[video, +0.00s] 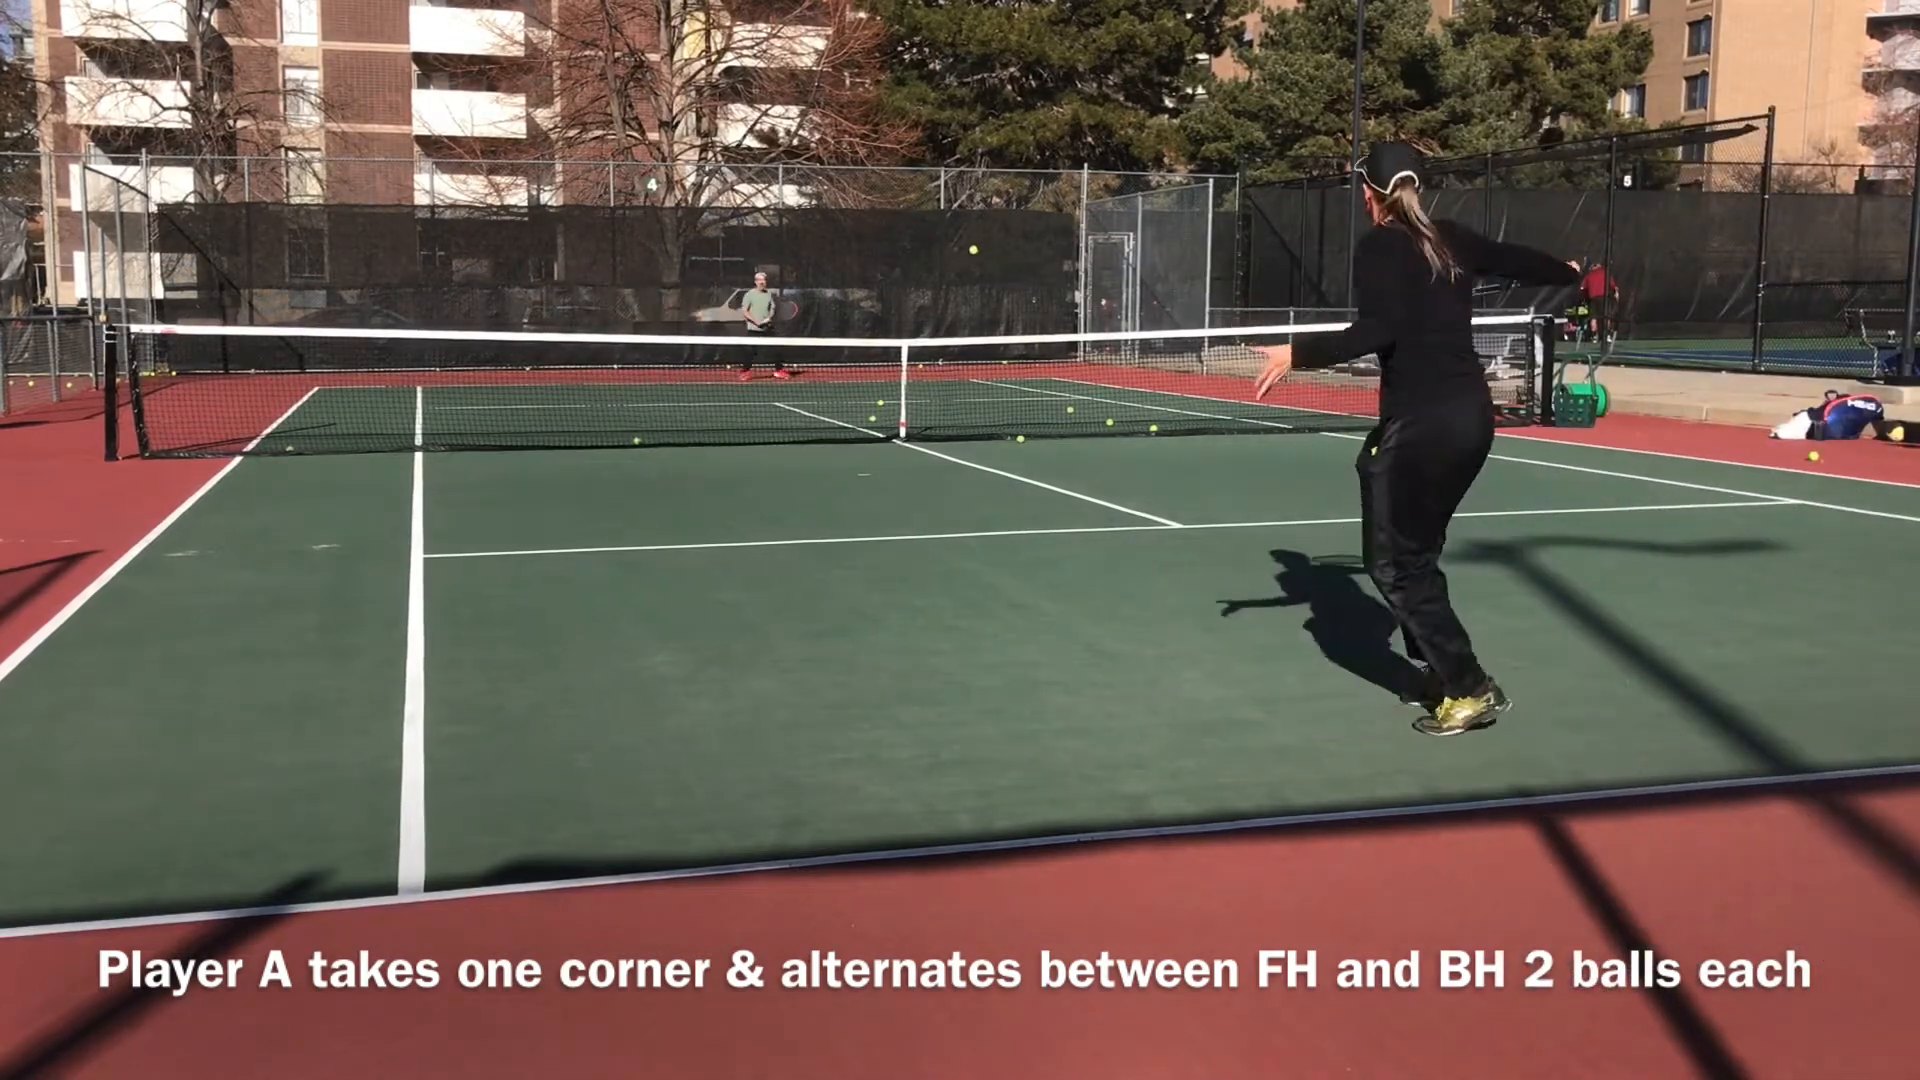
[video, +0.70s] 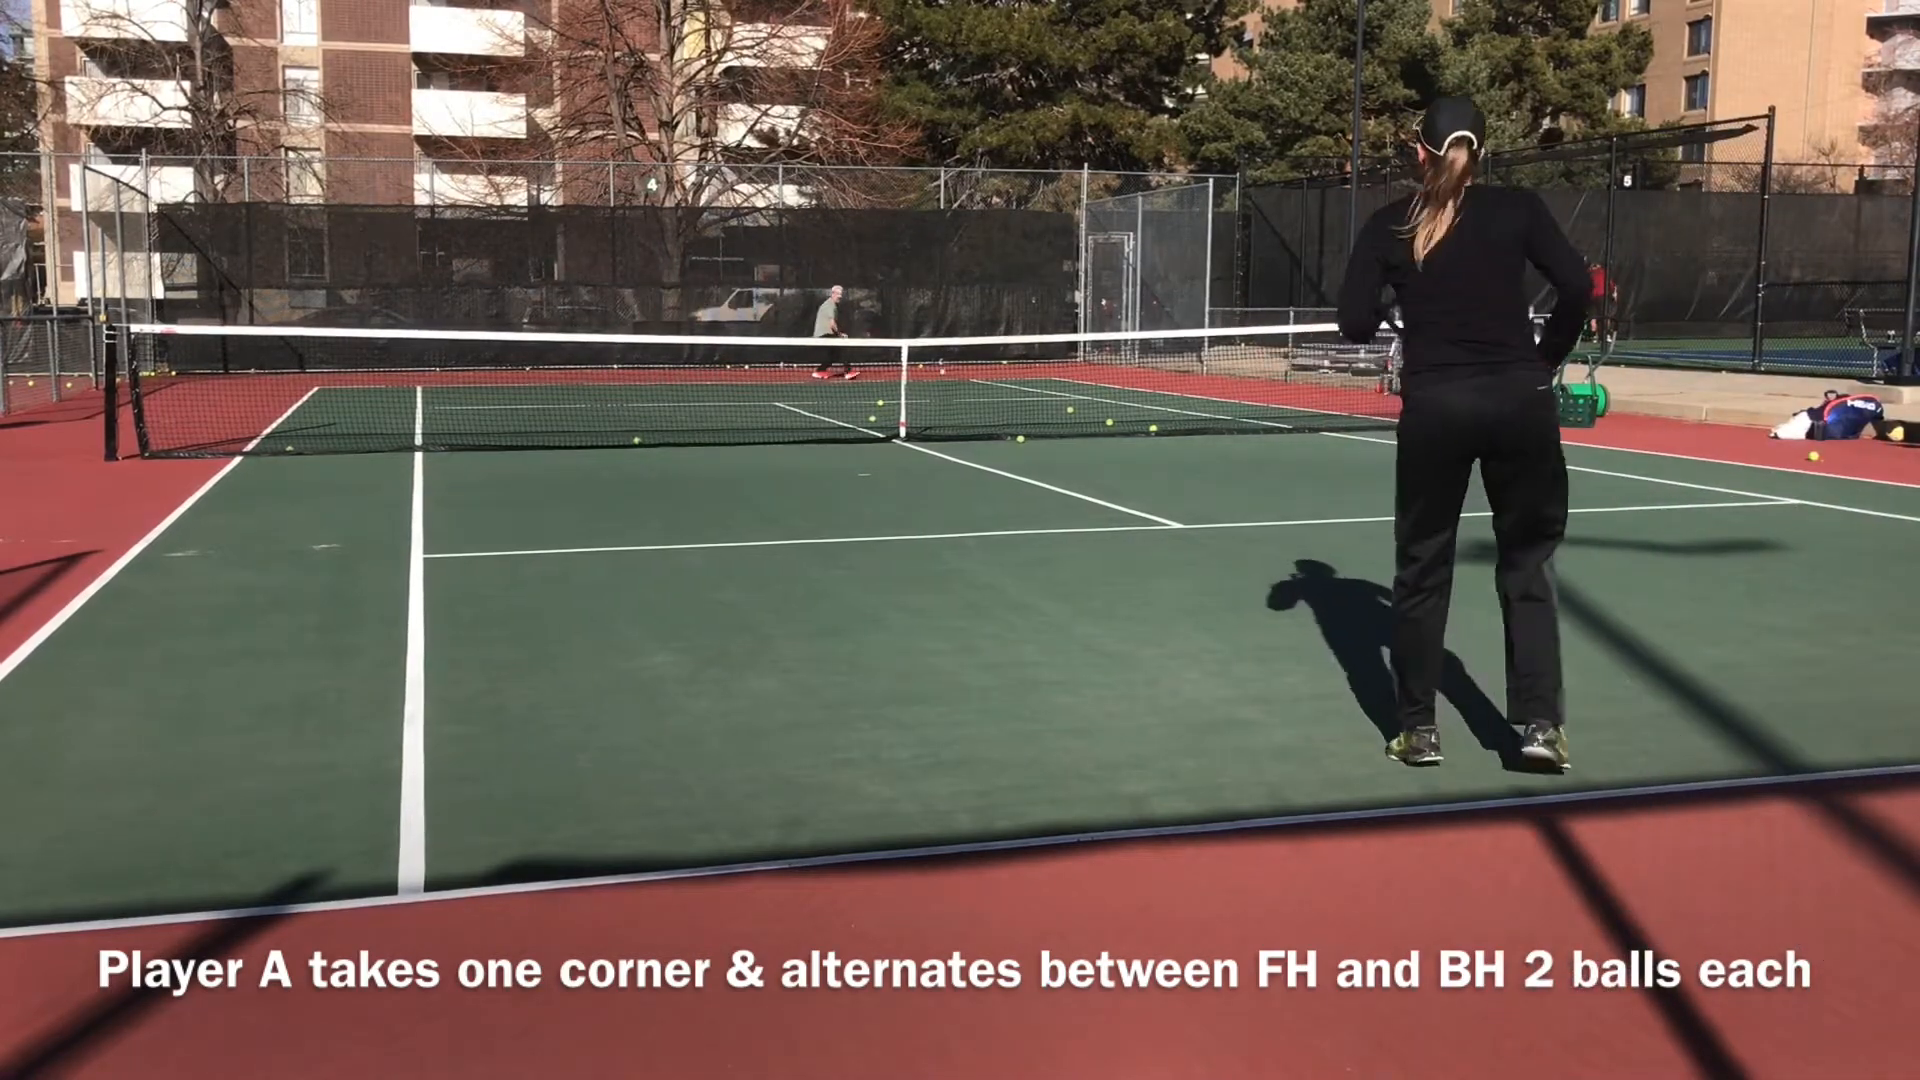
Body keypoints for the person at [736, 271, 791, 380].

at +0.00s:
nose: (761, 282)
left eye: (763, 280)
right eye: (759, 280)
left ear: (766, 281)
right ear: (755, 281)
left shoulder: (768, 294)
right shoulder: (749, 295)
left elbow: (772, 307)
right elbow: (744, 311)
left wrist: (769, 318)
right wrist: (756, 322)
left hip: (767, 326)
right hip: (753, 327)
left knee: (777, 347)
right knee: (751, 349)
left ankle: (778, 369)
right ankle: (746, 370)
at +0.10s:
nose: (774, 283)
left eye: (776, 281)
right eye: (772, 281)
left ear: (779, 283)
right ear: (768, 283)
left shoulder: (780, 296)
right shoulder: (763, 295)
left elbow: (783, 310)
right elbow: (757, 312)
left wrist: (780, 319)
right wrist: (769, 322)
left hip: (778, 327)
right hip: (765, 327)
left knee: (783, 349)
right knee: (761, 349)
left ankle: (783, 370)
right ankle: (752, 369)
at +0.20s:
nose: (786, 284)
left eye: (788, 282)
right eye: (784, 282)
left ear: (790, 283)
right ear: (779, 283)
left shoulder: (790, 297)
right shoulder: (774, 295)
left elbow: (791, 311)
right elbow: (771, 313)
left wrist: (791, 318)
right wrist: (782, 323)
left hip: (786, 327)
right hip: (774, 327)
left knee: (787, 348)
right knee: (774, 348)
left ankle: (786, 367)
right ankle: (772, 367)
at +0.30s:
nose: (797, 286)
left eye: (799, 284)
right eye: (795, 284)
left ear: (801, 286)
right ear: (790, 285)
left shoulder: (797, 298)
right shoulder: (786, 297)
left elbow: (797, 313)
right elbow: (785, 315)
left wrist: (801, 321)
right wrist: (796, 325)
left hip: (794, 329)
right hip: (784, 330)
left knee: (803, 349)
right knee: (783, 351)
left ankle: (802, 368)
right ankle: (775, 370)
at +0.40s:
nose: (809, 289)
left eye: (811, 287)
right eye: (807, 287)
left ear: (812, 288)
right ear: (802, 287)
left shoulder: (807, 300)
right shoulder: (798, 299)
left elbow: (805, 315)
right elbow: (798, 316)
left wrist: (811, 323)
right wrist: (808, 327)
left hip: (803, 331)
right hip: (794, 332)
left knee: (813, 350)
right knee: (792, 354)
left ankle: (816, 370)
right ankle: (778, 366)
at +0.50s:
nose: (819, 292)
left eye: (821, 290)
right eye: (817, 290)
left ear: (821, 291)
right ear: (812, 290)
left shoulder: (816, 304)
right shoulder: (808, 303)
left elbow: (816, 319)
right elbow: (810, 319)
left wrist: (823, 327)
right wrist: (820, 328)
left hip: (812, 334)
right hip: (805, 335)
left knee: (820, 353)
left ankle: (819, 370)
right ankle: (797, 364)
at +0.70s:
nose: (839, 296)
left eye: (840, 294)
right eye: (837, 293)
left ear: (841, 295)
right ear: (832, 294)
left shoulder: (827, 304)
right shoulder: (831, 305)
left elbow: (829, 322)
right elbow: (832, 322)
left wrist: (836, 332)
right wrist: (838, 333)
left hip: (821, 334)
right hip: (825, 334)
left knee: (833, 354)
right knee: (844, 347)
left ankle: (820, 370)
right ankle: (848, 370)